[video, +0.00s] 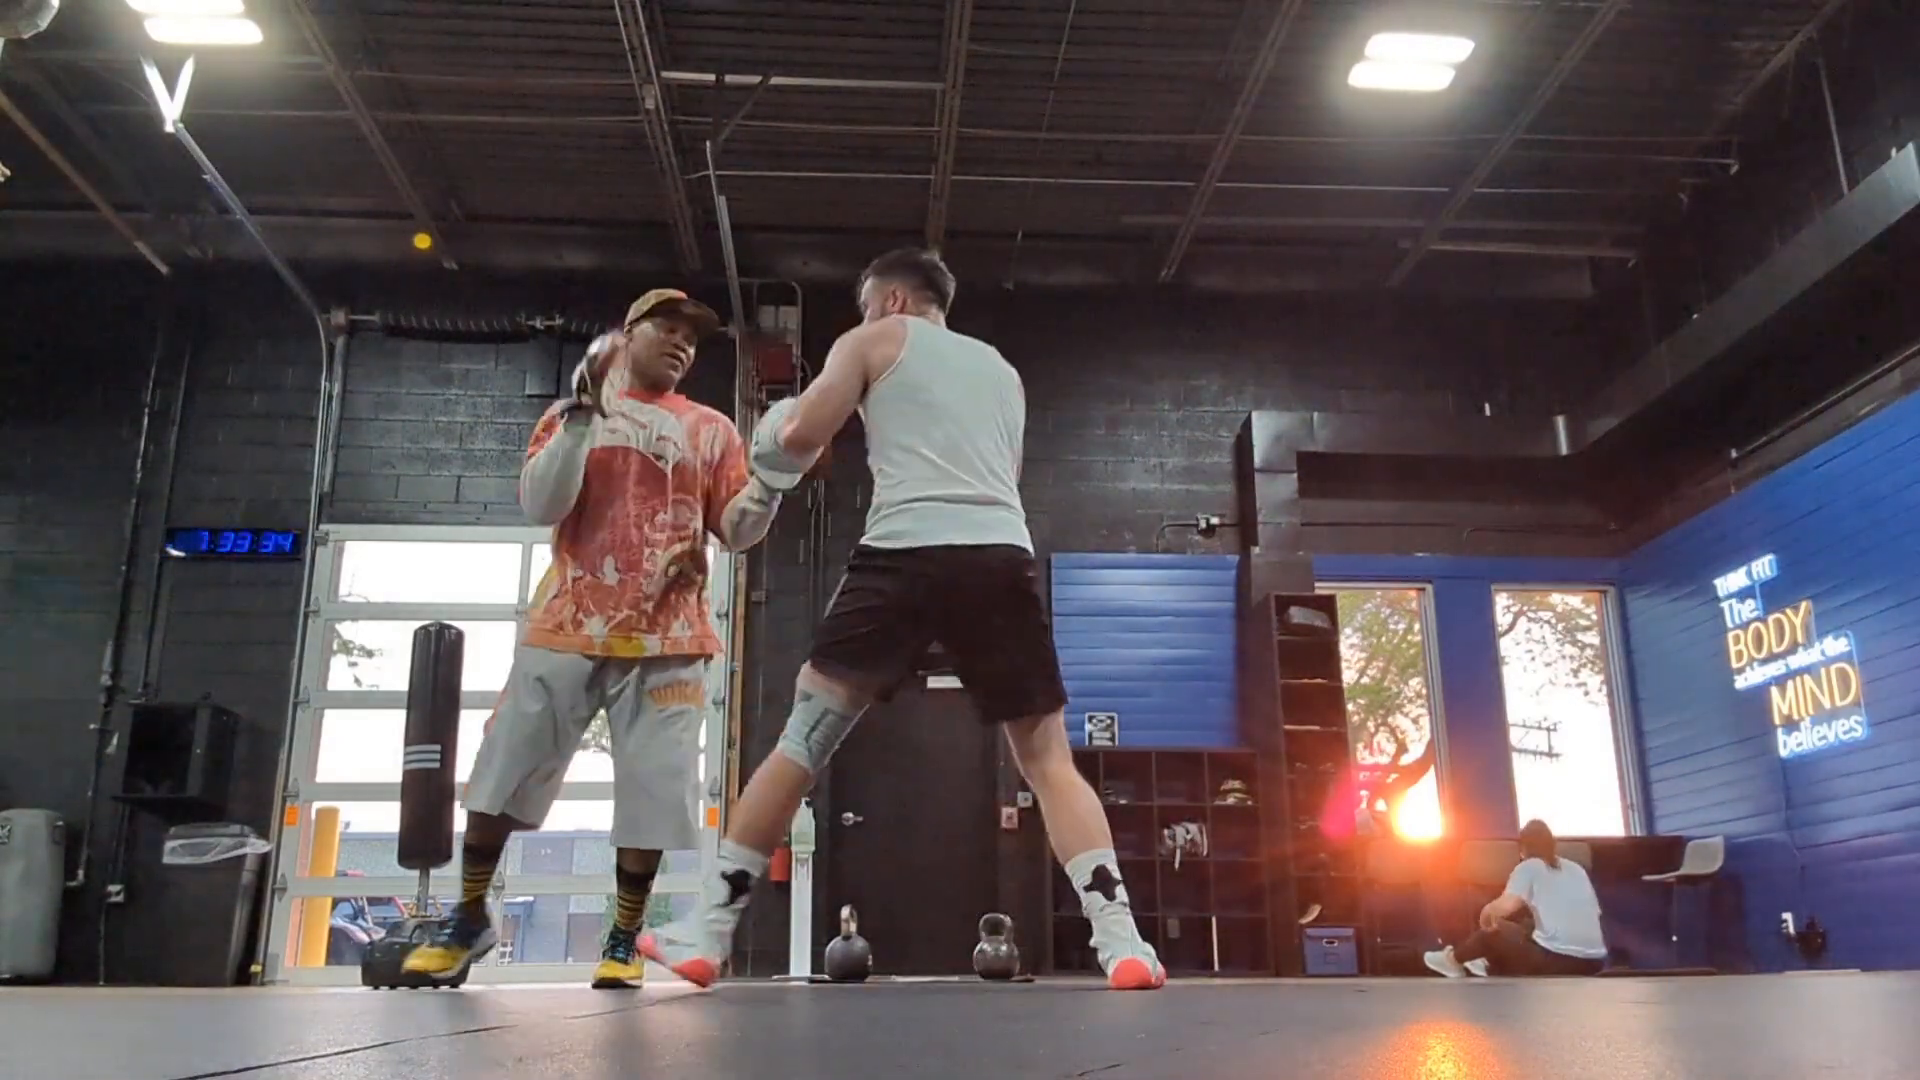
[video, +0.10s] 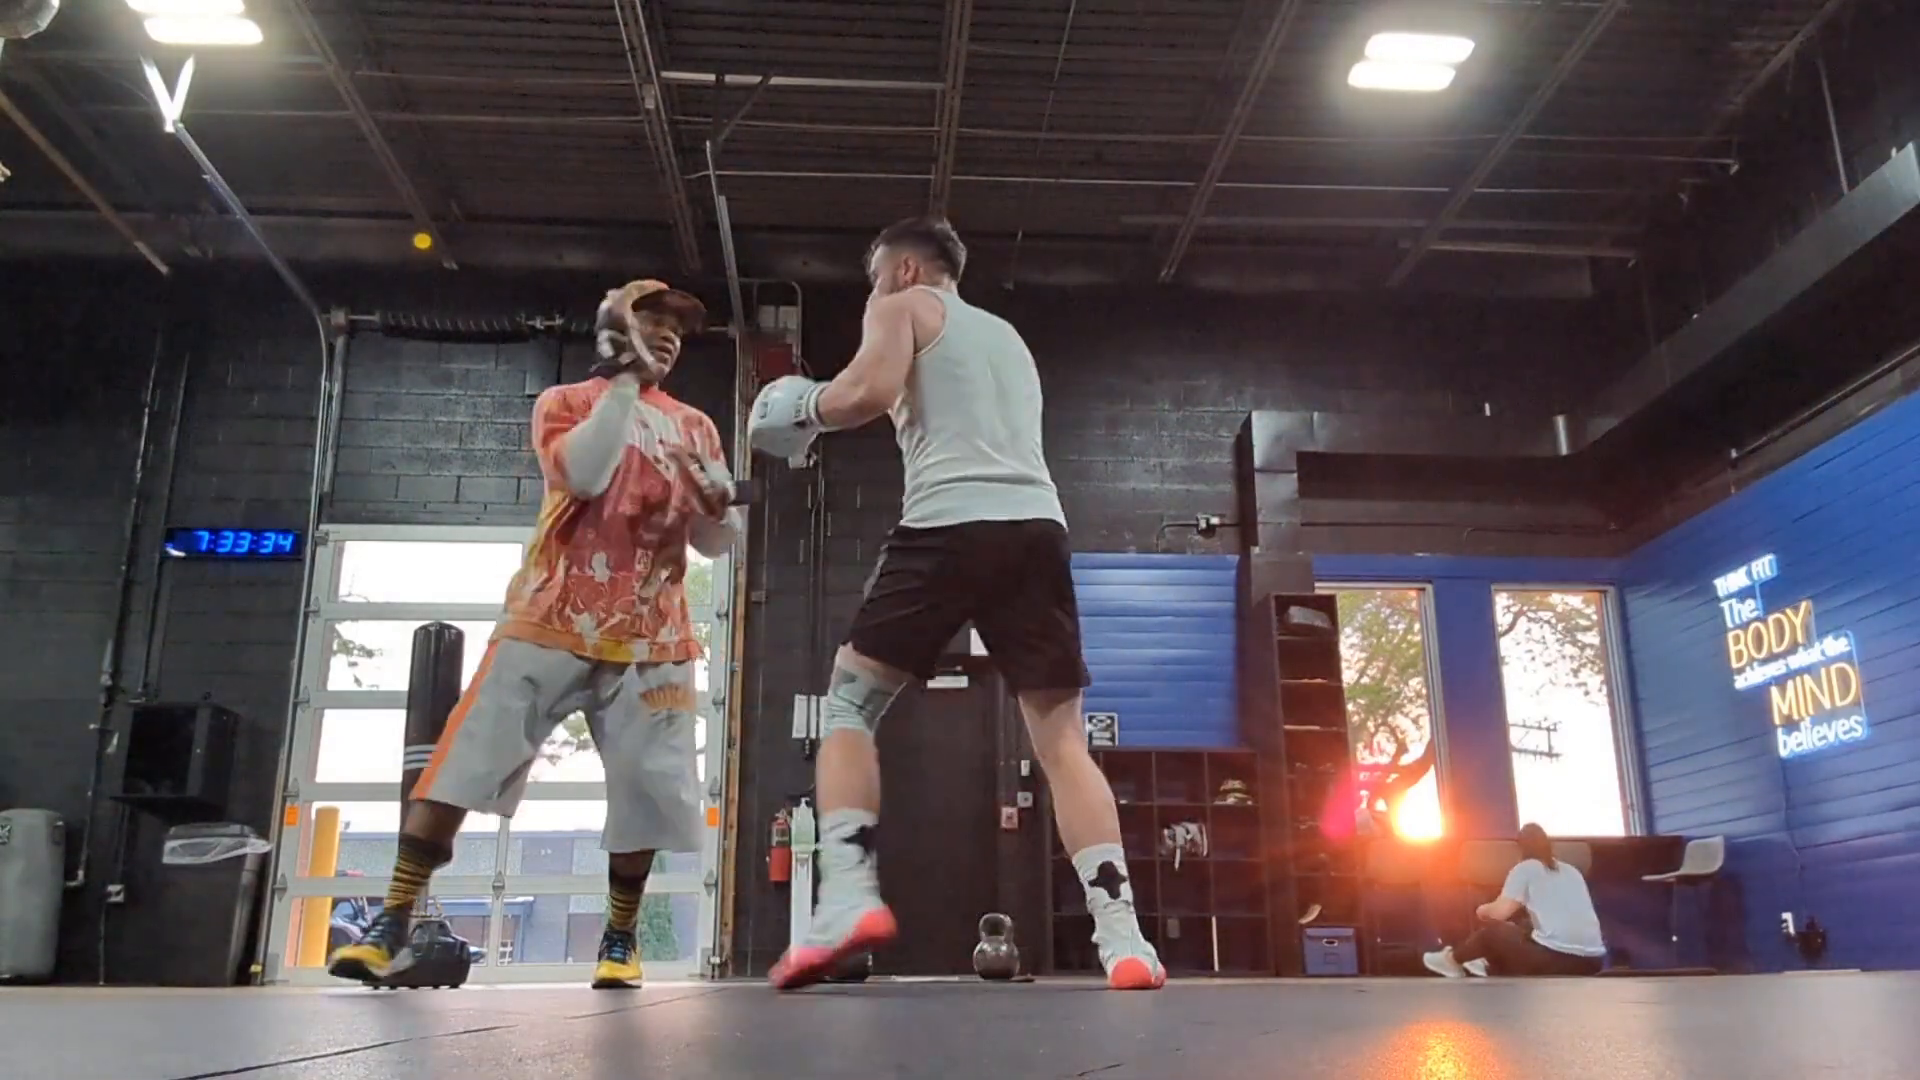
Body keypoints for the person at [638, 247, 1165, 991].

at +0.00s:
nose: (867, 320)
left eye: (868, 308)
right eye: (868, 310)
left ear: (892, 298)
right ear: (941, 304)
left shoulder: (870, 340)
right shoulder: (1004, 371)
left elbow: (802, 435)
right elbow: (1008, 473)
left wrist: (762, 487)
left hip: (899, 559)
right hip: (1000, 563)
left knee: (802, 745)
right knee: (1049, 756)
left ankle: (707, 929)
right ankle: (1121, 940)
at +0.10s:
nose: (874, 292)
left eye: (877, 277)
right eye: (874, 280)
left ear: (908, 266)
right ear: (950, 272)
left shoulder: (902, 301)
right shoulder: (1007, 337)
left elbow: (869, 390)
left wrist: (798, 403)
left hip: (945, 528)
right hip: (1038, 532)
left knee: (851, 707)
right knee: (1063, 739)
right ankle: (1122, 937)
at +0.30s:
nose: (905, 299)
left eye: (911, 279)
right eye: (905, 283)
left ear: (946, 266)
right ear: (970, 271)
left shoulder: (967, 306)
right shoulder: (1019, 335)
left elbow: (936, 411)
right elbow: (939, 451)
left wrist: (877, 399)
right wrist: (871, 409)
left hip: (1028, 534)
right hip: (1103, 539)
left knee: (921, 718)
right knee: (1117, 748)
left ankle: (938, 934)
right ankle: (1236, 912)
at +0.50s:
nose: (974, 320)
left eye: (980, 302)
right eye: (973, 307)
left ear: (1021, 296)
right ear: (1036, 303)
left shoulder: (1048, 331)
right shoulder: (1073, 372)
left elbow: (1038, 422)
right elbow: (1030, 516)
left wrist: (964, 427)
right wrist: (976, 446)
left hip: (1103, 559)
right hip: (1166, 569)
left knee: (963, 713)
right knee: (1187, 775)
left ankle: (941, 935)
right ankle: (1316, 939)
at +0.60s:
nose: (984, 310)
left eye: (991, 293)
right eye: (985, 299)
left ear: (1030, 283)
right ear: (1052, 291)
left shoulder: (1047, 312)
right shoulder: (1106, 356)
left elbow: (998, 370)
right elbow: (1070, 500)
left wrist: (943, 366)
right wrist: (1002, 431)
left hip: (1108, 531)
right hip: (1188, 540)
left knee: (996, 709)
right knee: (1209, 748)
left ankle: (966, 920)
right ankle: (1319, 936)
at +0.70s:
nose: (997, 304)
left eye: (1005, 290)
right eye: (999, 292)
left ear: (1042, 285)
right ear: (1074, 295)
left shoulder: (1037, 313)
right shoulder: (1133, 351)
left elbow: (912, 313)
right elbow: (1125, 446)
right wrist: (1030, 436)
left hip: (1106, 528)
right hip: (1192, 531)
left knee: (1010, 715)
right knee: (1215, 746)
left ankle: (980, 929)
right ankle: (1321, 930)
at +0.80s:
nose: (1017, 309)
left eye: (1025, 295)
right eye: (1018, 299)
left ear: (1057, 290)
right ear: (1097, 298)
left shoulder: (1058, 312)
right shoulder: (1147, 366)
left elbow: (926, 308)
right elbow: (1143, 448)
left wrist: (840, 287)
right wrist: (1045, 426)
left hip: (1124, 532)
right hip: (1207, 542)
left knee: (1004, 710)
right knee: (1227, 757)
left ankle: (974, 921)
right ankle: (1340, 939)